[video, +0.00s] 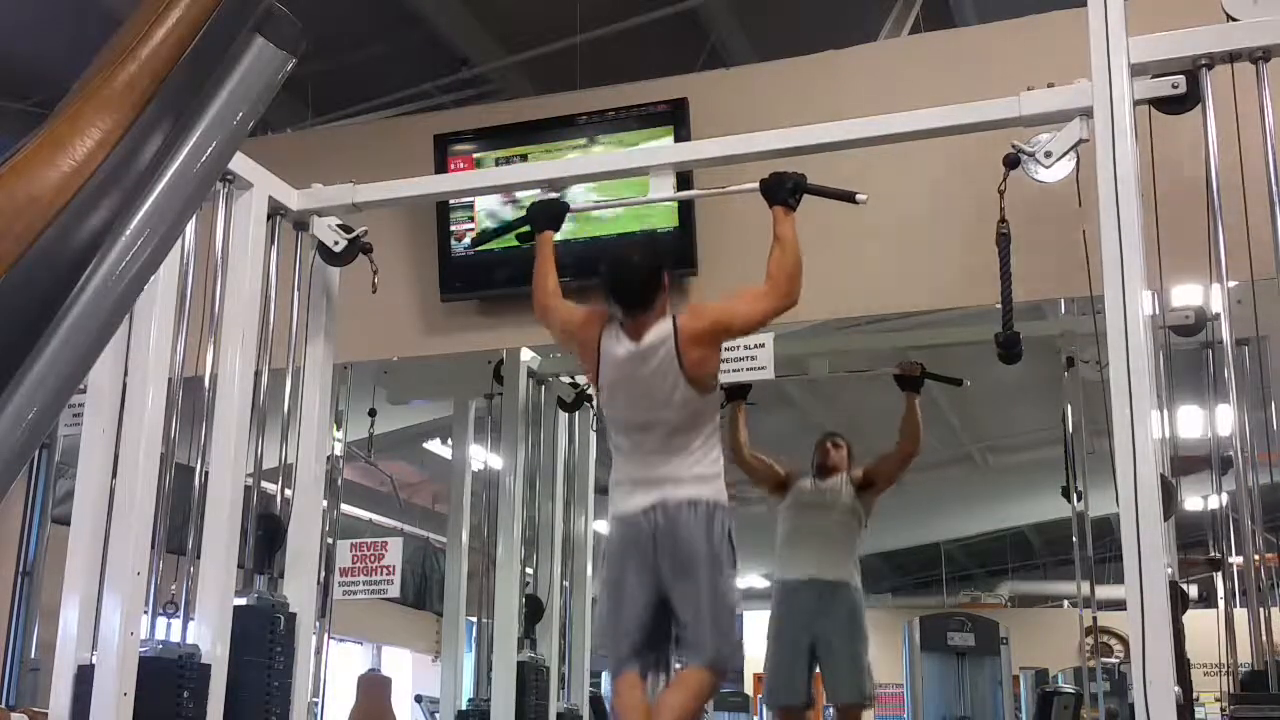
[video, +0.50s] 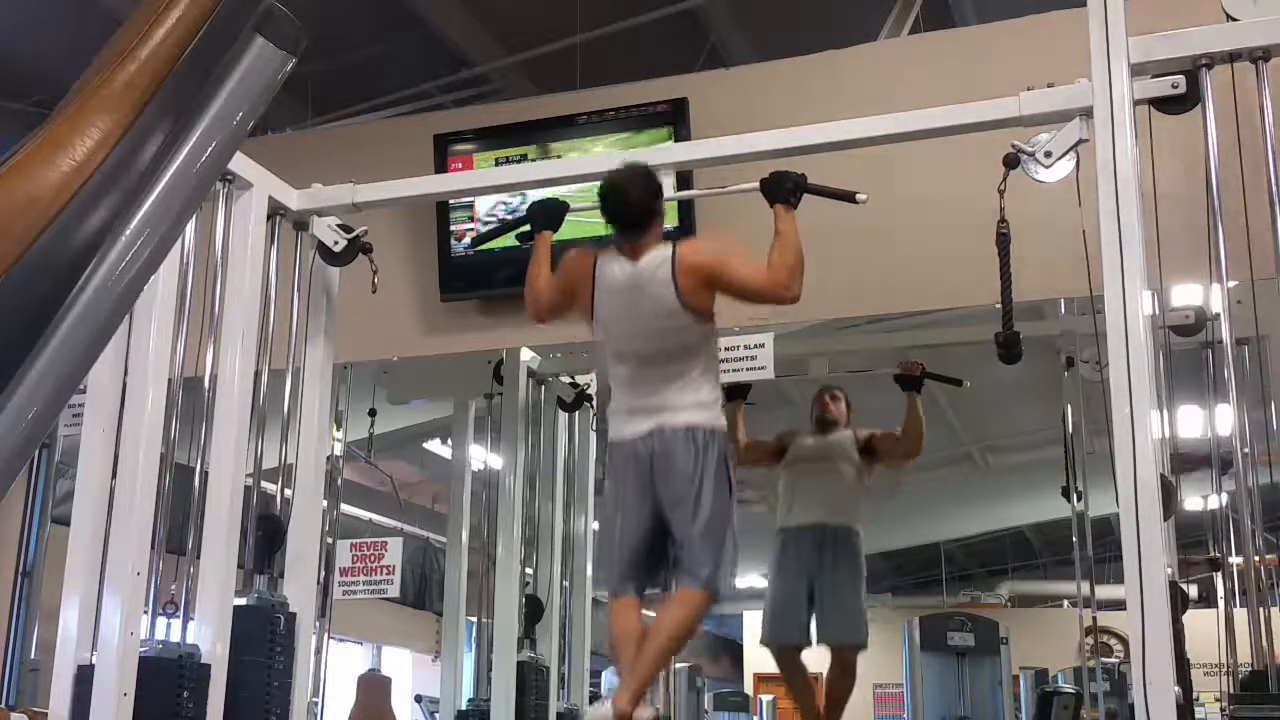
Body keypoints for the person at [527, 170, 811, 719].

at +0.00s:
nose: (672, 282)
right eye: (668, 275)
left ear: (610, 292)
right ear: (666, 284)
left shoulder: (591, 334)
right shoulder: (700, 326)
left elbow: (546, 301)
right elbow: (781, 293)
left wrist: (543, 234)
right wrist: (784, 210)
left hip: (629, 516)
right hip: (695, 512)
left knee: (626, 663)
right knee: (706, 658)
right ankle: (657, 717)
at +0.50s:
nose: (653, 208)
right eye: (654, 200)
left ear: (607, 218)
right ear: (660, 210)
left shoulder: (586, 266)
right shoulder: (694, 259)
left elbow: (539, 304)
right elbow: (783, 286)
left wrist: (542, 237)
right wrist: (785, 211)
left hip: (626, 442)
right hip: (690, 437)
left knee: (623, 582)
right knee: (698, 579)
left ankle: (631, 706)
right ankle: (625, 700)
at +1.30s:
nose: (672, 298)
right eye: (669, 292)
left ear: (607, 313)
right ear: (664, 305)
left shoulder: (593, 356)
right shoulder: (699, 343)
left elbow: (551, 303)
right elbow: (771, 297)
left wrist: (546, 235)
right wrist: (782, 212)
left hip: (624, 541)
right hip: (692, 538)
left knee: (617, 691)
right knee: (691, 687)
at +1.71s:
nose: (664, 206)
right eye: (663, 200)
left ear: (608, 215)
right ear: (661, 210)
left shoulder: (587, 264)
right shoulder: (692, 258)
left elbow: (538, 308)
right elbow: (786, 284)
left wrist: (544, 237)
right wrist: (785, 209)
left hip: (627, 438)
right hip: (692, 433)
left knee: (622, 577)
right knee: (702, 576)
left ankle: (627, 695)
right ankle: (615, 691)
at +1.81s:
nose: (667, 178)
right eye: (666, 171)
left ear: (611, 194)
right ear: (665, 184)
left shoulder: (588, 244)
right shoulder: (698, 236)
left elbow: (538, 306)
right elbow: (781, 281)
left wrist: (542, 233)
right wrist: (785, 207)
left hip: (632, 411)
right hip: (695, 406)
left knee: (628, 550)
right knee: (704, 542)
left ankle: (639, 685)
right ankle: (626, 670)